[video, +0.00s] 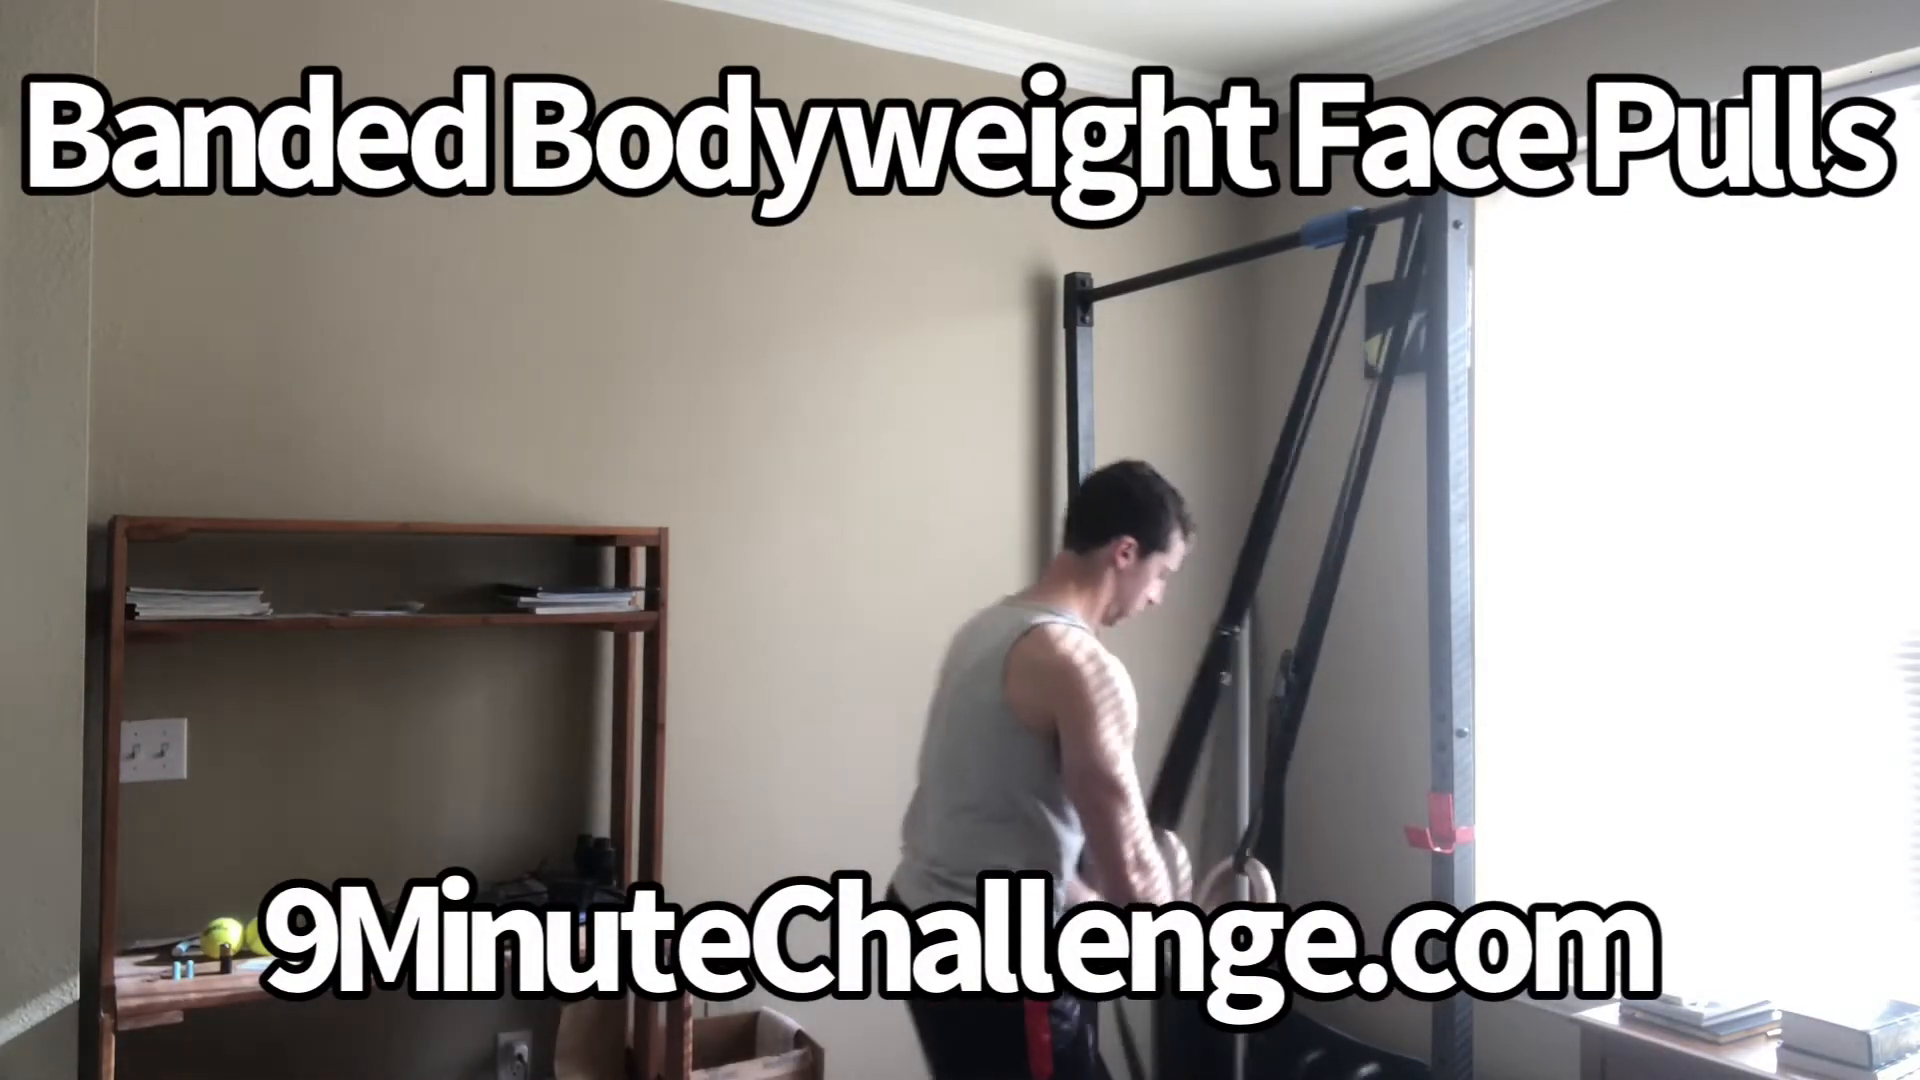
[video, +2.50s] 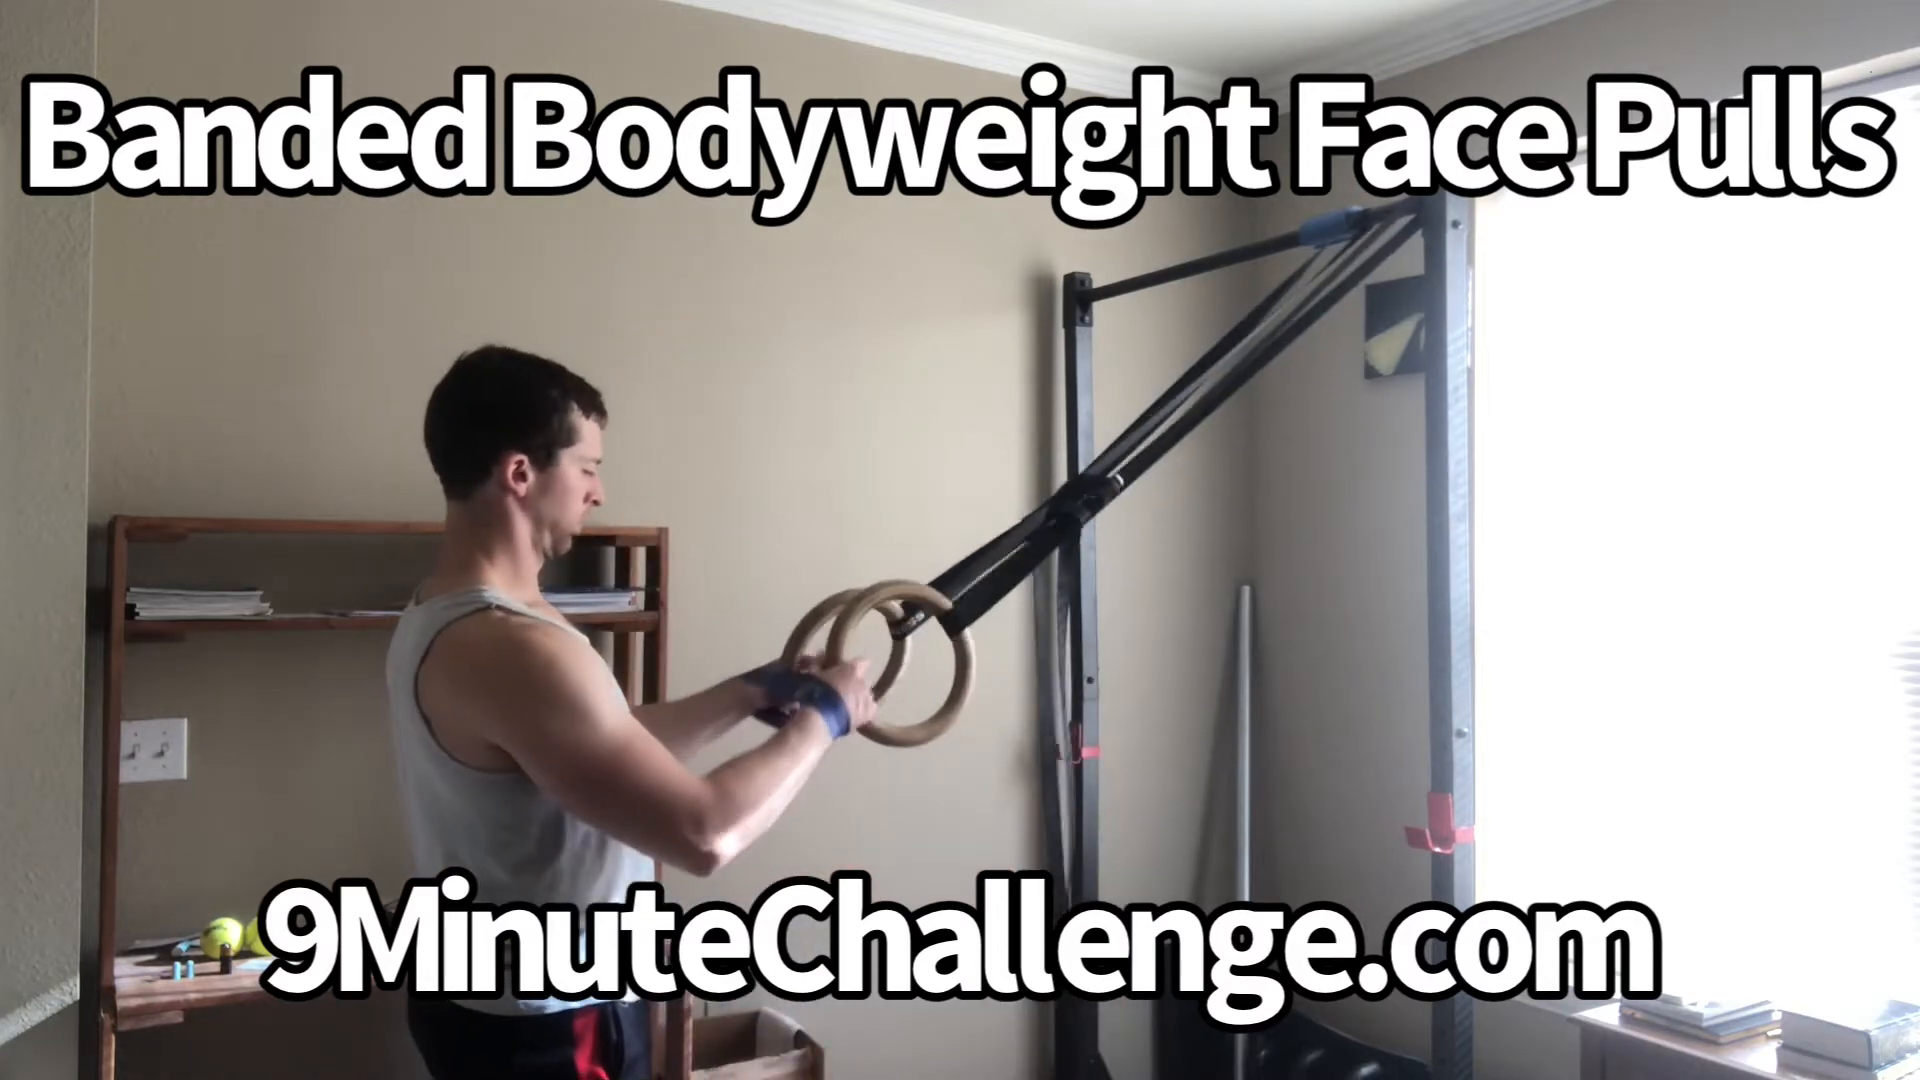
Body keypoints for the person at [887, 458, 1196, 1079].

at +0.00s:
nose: (1157, 598)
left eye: (1167, 579)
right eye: (1162, 575)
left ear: (1106, 550)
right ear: (1123, 554)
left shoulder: (986, 631)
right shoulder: (1081, 667)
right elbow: (1126, 874)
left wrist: (1104, 901)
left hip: (928, 912)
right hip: (1006, 942)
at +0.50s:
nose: (997, 570)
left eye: (1005, 549)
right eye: (999, 545)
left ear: (903, 515)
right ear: (960, 526)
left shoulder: (816, 627)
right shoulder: (937, 653)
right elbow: (973, 867)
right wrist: (1057, 907)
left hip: (806, 963)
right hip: (908, 978)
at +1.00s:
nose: (775, 477)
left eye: (764, 453)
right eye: (757, 456)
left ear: (699, 489)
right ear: (711, 490)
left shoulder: (610, 616)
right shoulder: (712, 651)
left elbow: (659, 791)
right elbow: (760, 863)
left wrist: (802, 770)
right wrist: (881, 793)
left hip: (604, 976)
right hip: (694, 992)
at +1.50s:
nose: (640, 462)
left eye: (628, 440)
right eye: (619, 445)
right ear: (565, 480)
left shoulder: (491, 619)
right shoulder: (611, 651)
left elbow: (641, 802)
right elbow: (710, 843)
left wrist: (762, 683)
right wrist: (812, 709)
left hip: (492, 1017)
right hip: (581, 1039)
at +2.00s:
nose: (584, 482)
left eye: (580, 457)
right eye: (571, 458)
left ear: (498, 476)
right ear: (502, 474)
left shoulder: (437, 624)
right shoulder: (520, 659)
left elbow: (615, 774)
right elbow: (707, 844)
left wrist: (766, 729)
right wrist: (824, 749)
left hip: (477, 1022)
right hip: (548, 1043)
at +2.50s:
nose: (597, 492)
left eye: (596, 468)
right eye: (587, 466)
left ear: (515, 477)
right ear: (519, 474)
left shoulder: (444, 616)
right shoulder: (517, 653)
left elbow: (605, 754)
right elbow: (704, 835)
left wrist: (753, 693)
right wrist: (824, 718)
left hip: (488, 1007)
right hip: (548, 1027)